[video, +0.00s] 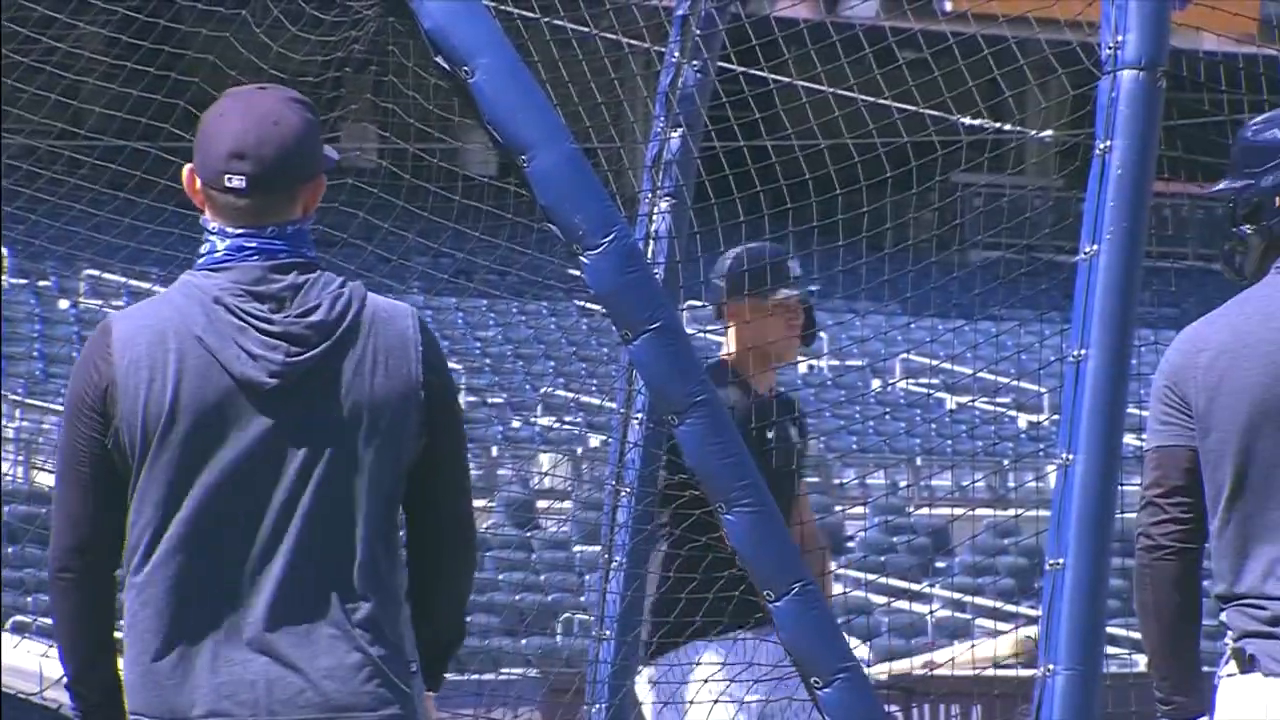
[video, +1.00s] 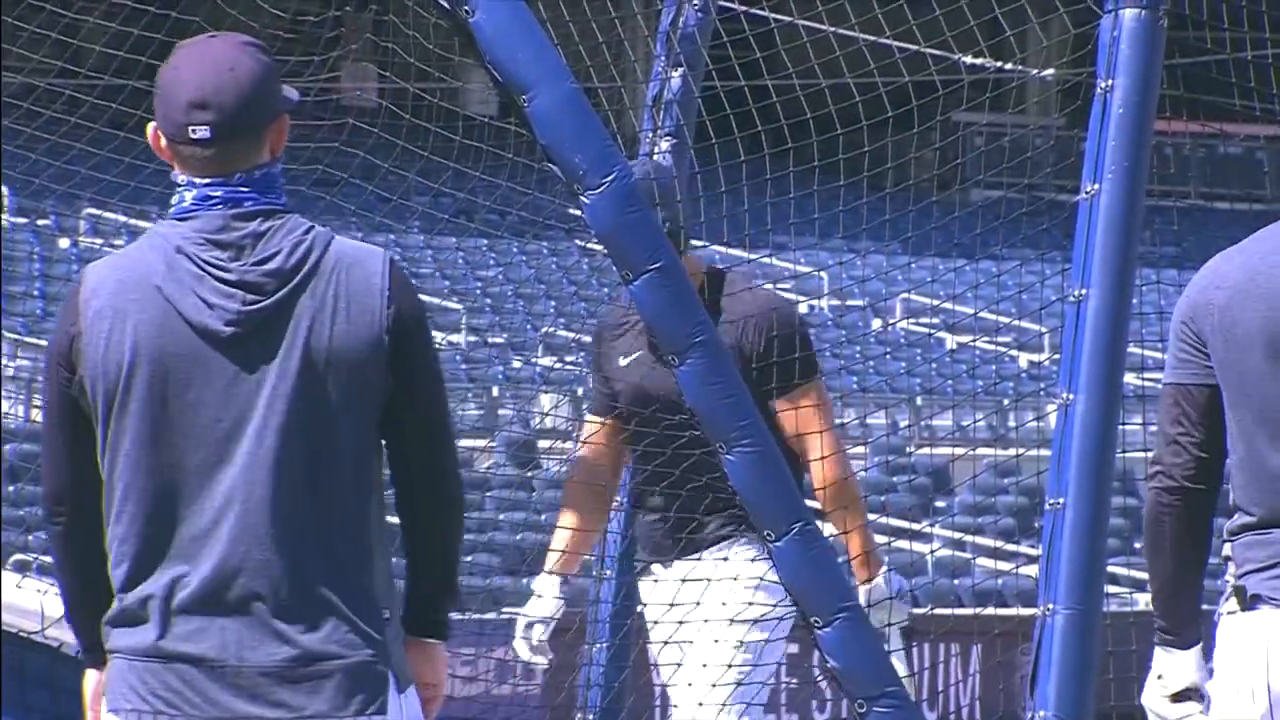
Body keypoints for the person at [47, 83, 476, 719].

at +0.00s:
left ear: (192, 188)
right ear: (315, 194)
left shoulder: (123, 346)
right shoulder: (401, 339)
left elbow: (77, 564)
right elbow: (448, 543)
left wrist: (101, 705)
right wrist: (417, 680)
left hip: (183, 698)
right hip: (362, 696)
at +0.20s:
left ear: (225, 189)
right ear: (346, 194)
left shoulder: (151, 342)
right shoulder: (429, 339)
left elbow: (104, 554)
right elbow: (482, 542)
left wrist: (126, 704)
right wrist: (469, 685)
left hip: (212, 697)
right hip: (389, 696)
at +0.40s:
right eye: (379, 153)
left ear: (249, 175)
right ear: (371, 175)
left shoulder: (175, 326)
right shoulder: (455, 320)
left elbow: (136, 531)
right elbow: (508, 522)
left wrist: (159, 690)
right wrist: (506, 681)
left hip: (233, 697)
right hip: (409, 695)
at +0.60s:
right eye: (379, 115)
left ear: (250, 135)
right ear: (371, 132)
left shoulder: (181, 287)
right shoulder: (456, 280)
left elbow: (151, 494)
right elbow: (520, 474)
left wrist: (189, 622)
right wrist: (525, 639)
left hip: (238, 683)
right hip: (411, 680)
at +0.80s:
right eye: (345, 116)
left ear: (214, 134)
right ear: (336, 131)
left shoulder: (146, 284)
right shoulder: (419, 278)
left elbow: (118, 490)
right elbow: (486, 470)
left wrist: (170, 611)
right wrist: (504, 632)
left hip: (207, 683)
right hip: (386, 681)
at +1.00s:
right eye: (286, 115)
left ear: (158, 145)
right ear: (280, 135)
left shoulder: (100, 295)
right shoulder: (371, 283)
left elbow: (69, 503)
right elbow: (430, 479)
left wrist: (99, 650)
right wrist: (428, 629)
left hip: (159, 683)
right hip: (339, 680)